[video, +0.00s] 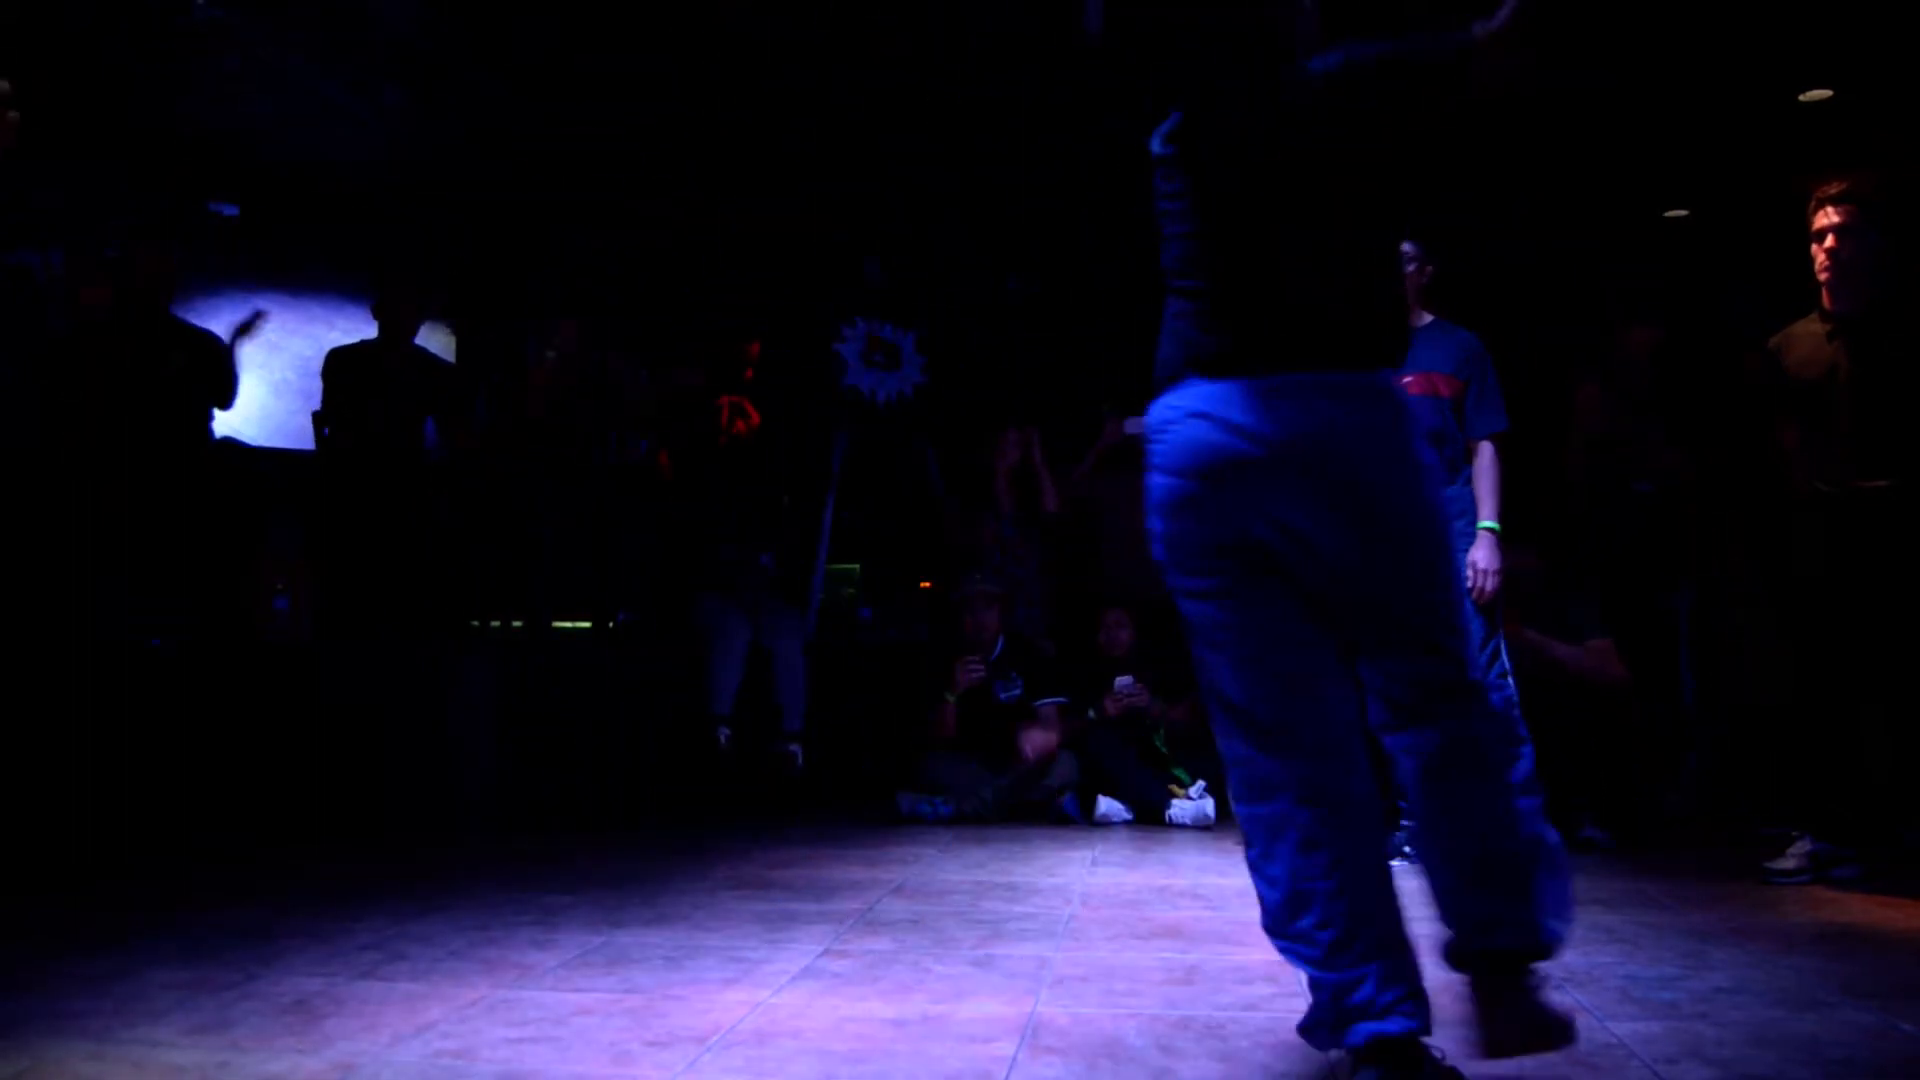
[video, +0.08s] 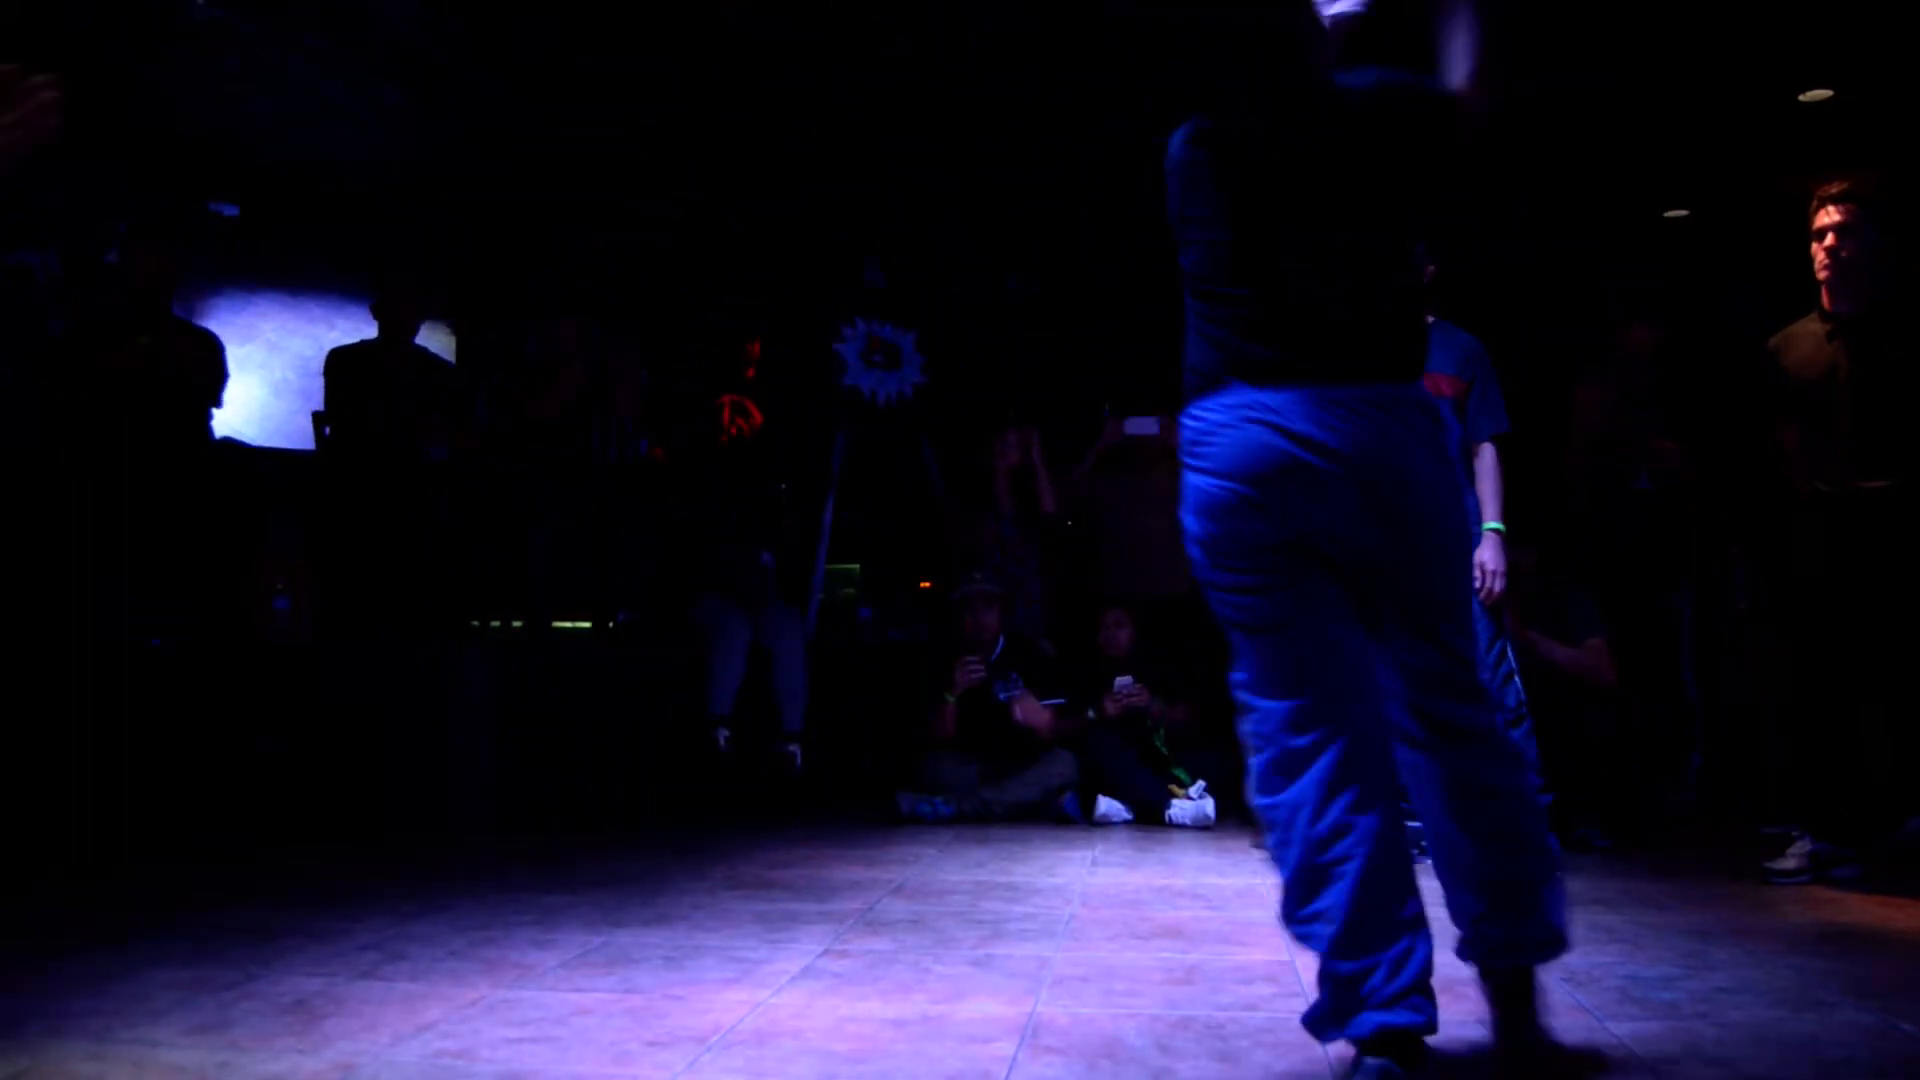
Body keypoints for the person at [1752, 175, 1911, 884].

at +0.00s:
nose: (1829, 249)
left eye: (1845, 234)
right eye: (1820, 235)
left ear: (1877, 247)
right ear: (1809, 250)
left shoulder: (1905, 342)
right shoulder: (1791, 349)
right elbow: (1769, 452)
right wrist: (1773, 525)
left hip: (1895, 539)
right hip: (1811, 537)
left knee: (1891, 681)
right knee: (1815, 679)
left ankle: (1898, 831)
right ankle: (1818, 828)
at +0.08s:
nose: (1829, 248)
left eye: (1845, 233)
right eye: (1819, 235)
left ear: (1877, 248)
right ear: (1809, 250)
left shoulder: (1905, 341)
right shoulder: (1789, 348)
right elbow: (1767, 451)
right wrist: (1770, 527)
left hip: (1895, 539)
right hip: (1810, 538)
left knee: (1892, 680)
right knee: (1813, 678)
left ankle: (1892, 829)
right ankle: (1817, 827)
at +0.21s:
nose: (1827, 250)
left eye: (1842, 235)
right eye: (1818, 237)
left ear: (1876, 248)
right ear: (1809, 251)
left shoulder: (1904, 341)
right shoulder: (1791, 348)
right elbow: (1768, 452)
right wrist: (1770, 528)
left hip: (1892, 541)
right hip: (1809, 539)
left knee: (1887, 683)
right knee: (1812, 681)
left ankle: (1885, 833)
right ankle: (1815, 828)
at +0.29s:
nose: (1826, 252)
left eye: (1841, 237)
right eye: (1818, 239)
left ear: (1875, 249)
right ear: (1809, 253)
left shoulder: (1906, 342)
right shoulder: (1792, 349)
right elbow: (1771, 455)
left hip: (1892, 542)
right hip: (1809, 540)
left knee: (1886, 685)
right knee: (1812, 682)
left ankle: (1883, 832)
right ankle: (1814, 827)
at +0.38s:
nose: (1826, 252)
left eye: (1842, 237)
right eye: (1818, 239)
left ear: (1876, 248)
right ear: (1809, 252)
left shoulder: (1907, 342)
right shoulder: (1794, 349)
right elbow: (1772, 455)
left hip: (1892, 541)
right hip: (1810, 540)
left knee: (1886, 685)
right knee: (1812, 682)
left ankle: (1884, 832)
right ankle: (1814, 827)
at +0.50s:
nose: (1828, 250)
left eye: (1843, 235)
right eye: (1818, 237)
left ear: (1876, 249)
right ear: (1809, 253)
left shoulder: (1906, 339)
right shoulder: (1791, 348)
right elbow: (1768, 452)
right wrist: (1769, 532)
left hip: (1894, 541)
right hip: (1811, 540)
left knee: (1891, 683)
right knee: (1813, 681)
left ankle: (1890, 830)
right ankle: (1817, 828)